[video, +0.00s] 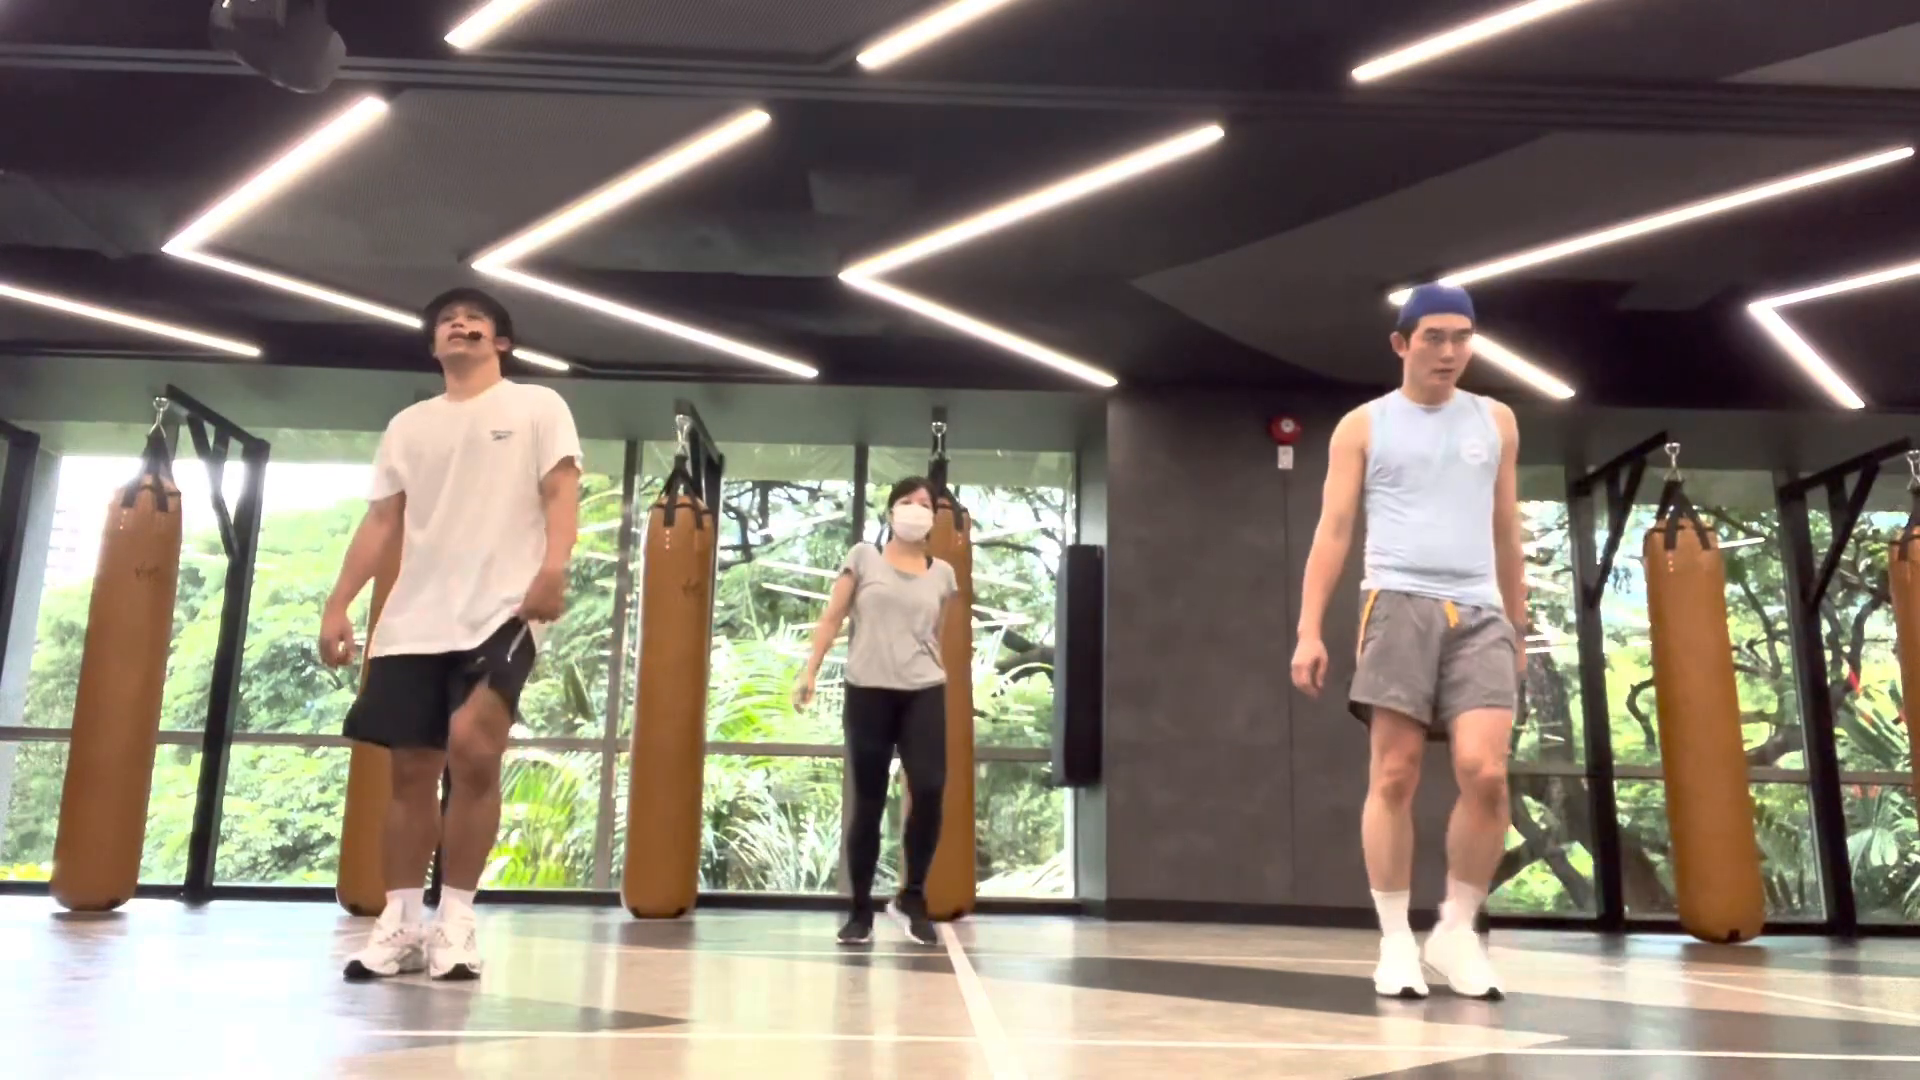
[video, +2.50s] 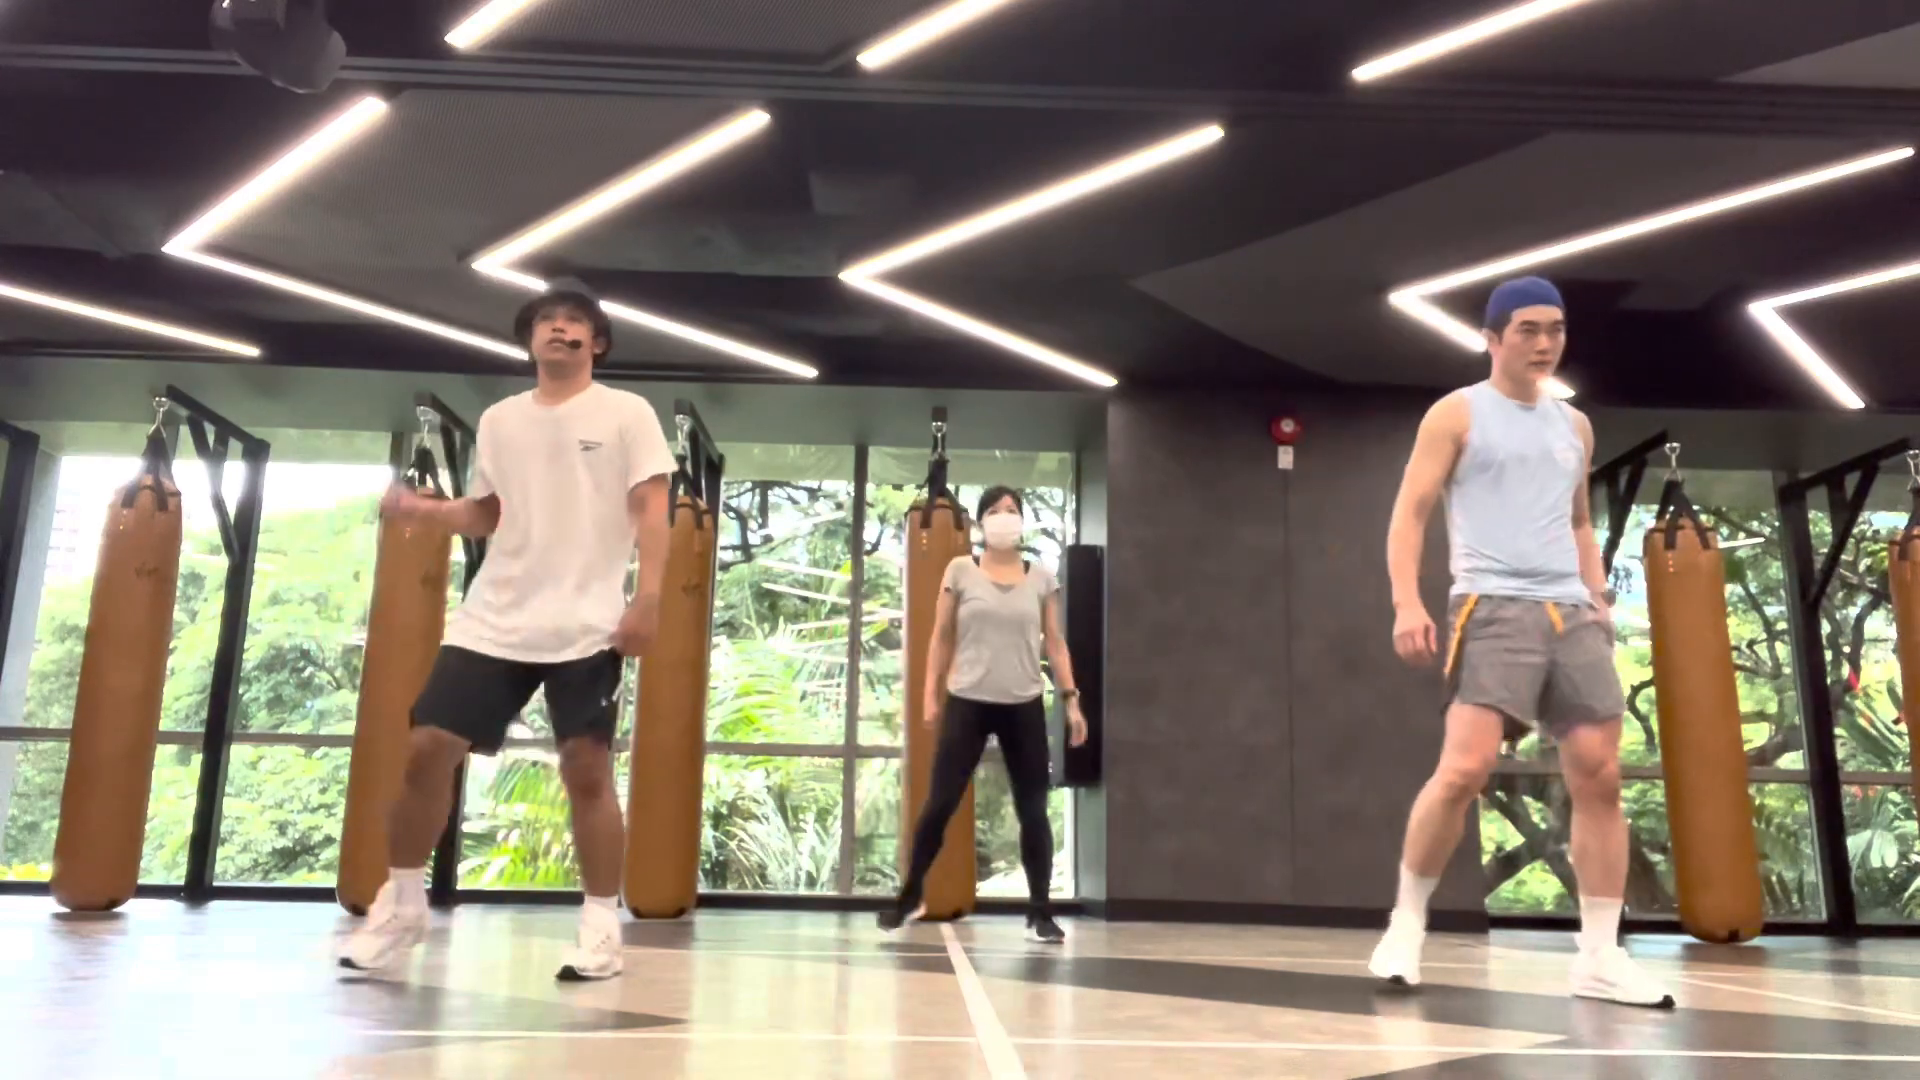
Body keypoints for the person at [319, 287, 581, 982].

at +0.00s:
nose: (460, 327)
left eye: (475, 320)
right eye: (447, 322)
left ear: (502, 341)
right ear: (432, 345)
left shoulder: (539, 405)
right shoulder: (407, 426)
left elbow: (562, 495)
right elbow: (379, 523)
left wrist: (554, 569)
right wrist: (338, 604)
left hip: (499, 616)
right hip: (412, 621)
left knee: (473, 746)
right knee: (410, 769)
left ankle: (455, 922)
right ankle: (400, 925)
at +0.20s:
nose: (475, 326)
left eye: (489, 319)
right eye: (461, 319)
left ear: (513, 344)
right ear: (443, 343)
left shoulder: (545, 406)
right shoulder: (416, 424)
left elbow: (560, 495)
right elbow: (395, 520)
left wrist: (548, 573)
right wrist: (364, 593)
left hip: (511, 612)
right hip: (424, 620)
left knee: (517, 738)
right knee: (417, 769)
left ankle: (526, 894)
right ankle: (403, 925)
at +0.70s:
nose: (580, 327)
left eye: (596, 324)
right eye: (568, 320)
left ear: (616, 352)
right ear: (547, 346)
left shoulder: (640, 413)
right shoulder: (518, 421)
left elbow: (662, 504)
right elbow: (500, 523)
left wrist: (657, 590)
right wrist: (470, 611)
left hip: (598, 617)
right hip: (513, 614)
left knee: (589, 763)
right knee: (453, 741)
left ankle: (600, 933)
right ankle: (462, 904)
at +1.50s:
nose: (489, 328)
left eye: (505, 323)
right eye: (477, 318)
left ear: (526, 349)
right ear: (455, 339)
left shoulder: (546, 416)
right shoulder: (419, 418)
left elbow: (560, 513)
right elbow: (398, 520)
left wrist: (563, 606)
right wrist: (364, 601)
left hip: (507, 631)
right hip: (413, 630)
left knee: (540, 772)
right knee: (379, 769)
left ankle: (592, 923)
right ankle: (364, 928)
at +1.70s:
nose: (450, 318)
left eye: (466, 312)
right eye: (438, 310)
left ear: (490, 338)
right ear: (418, 332)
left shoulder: (519, 407)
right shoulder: (384, 413)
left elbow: (531, 504)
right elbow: (359, 511)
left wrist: (507, 590)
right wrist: (312, 594)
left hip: (476, 621)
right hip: (393, 621)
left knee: (475, 753)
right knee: (376, 768)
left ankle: (504, 899)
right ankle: (362, 926)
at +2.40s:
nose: (542, 333)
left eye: (557, 323)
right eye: (529, 323)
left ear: (579, 344)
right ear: (510, 342)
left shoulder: (609, 417)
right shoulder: (477, 419)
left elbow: (621, 518)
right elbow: (453, 518)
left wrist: (611, 604)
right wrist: (397, 568)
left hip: (563, 626)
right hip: (470, 623)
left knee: (576, 770)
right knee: (412, 767)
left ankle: (600, 930)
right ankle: (370, 923)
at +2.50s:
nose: (561, 327)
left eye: (575, 318)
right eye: (548, 317)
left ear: (596, 341)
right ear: (528, 338)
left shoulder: (628, 414)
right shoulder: (498, 420)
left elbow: (653, 512)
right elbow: (488, 513)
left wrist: (645, 602)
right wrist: (430, 510)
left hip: (585, 620)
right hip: (495, 616)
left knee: (586, 769)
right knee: (428, 747)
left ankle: (601, 929)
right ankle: (403, 907)